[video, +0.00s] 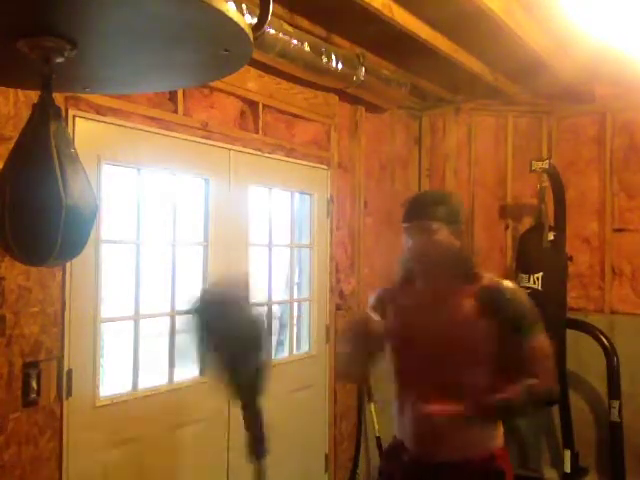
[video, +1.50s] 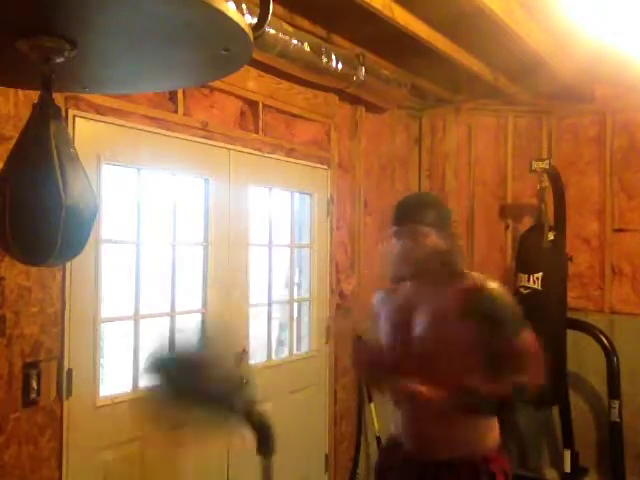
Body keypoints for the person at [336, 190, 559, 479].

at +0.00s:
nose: (419, 245)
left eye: (430, 232)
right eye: (412, 234)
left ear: (457, 235)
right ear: (404, 239)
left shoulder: (501, 300)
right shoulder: (391, 303)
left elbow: (545, 383)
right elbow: (352, 372)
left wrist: (486, 406)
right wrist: (356, 344)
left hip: (479, 463)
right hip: (412, 462)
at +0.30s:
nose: (417, 246)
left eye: (430, 234)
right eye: (409, 234)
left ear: (456, 236)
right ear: (401, 239)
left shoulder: (494, 302)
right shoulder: (382, 301)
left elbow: (527, 385)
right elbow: (359, 376)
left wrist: (452, 351)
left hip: (470, 462)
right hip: (401, 463)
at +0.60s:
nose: (395, 248)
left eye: (407, 236)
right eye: (393, 237)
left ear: (436, 239)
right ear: (389, 241)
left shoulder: (465, 290)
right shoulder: (402, 307)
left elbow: (452, 355)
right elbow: (412, 389)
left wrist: (368, 368)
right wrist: (369, 395)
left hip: (470, 462)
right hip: (418, 458)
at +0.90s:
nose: (422, 243)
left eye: (437, 232)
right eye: (415, 232)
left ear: (466, 238)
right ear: (409, 237)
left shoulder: (504, 305)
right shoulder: (390, 294)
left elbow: (544, 388)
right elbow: (342, 341)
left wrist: (486, 394)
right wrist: (346, 326)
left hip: (477, 463)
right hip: (406, 462)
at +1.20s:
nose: (388, 248)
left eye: (400, 237)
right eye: (385, 237)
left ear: (426, 237)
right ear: (381, 239)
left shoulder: (459, 288)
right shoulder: (386, 300)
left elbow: (412, 324)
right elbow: (387, 370)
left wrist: (318, 326)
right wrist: (370, 404)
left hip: (462, 459)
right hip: (405, 453)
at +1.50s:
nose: (401, 248)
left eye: (412, 237)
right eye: (398, 237)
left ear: (439, 239)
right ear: (393, 240)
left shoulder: (483, 297)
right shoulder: (389, 302)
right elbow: (390, 368)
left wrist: (448, 397)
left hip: (473, 462)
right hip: (409, 459)